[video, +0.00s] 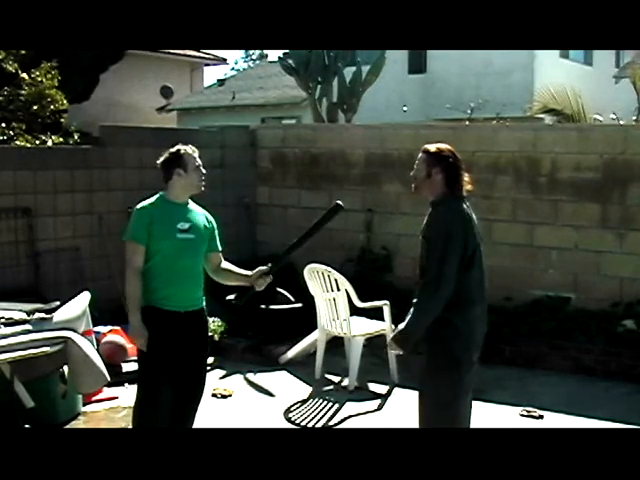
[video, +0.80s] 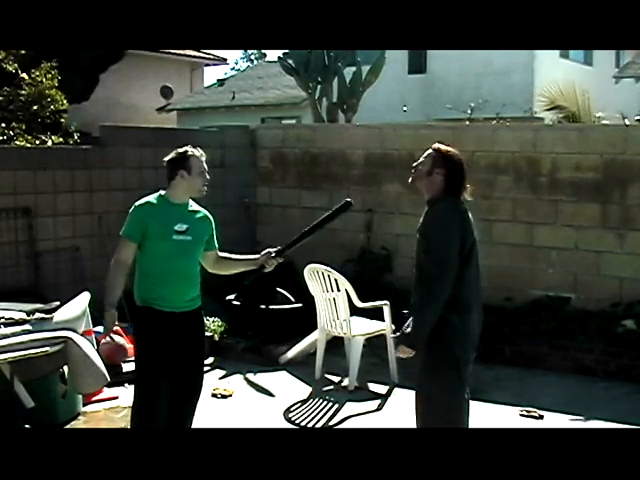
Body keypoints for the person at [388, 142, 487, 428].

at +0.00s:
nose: (413, 177)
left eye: (418, 171)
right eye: (414, 170)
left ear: (437, 175)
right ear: (438, 175)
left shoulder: (447, 217)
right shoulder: (452, 212)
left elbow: (437, 287)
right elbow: (437, 285)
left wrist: (405, 335)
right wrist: (408, 330)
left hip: (451, 336)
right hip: (455, 334)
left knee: (439, 415)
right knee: (446, 413)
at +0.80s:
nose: (413, 175)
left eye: (420, 170)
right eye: (416, 168)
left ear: (437, 177)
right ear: (438, 178)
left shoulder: (443, 216)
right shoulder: (449, 212)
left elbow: (436, 283)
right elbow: (437, 280)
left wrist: (413, 338)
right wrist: (415, 323)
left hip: (447, 332)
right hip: (451, 329)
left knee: (437, 409)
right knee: (443, 407)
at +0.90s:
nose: (414, 167)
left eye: (422, 164)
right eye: (418, 162)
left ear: (438, 176)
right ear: (437, 177)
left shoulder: (444, 212)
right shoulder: (444, 209)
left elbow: (435, 277)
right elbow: (440, 273)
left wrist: (404, 319)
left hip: (447, 326)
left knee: (436, 404)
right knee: (444, 402)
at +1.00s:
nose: (413, 169)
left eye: (421, 166)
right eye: (418, 164)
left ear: (439, 177)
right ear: (438, 177)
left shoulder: (451, 209)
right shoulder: (437, 207)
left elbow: (432, 248)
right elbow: (414, 240)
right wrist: (406, 261)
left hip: (449, 328)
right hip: (436, 323)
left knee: (437, 404)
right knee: (436, 401)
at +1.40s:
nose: (414, 171)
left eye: (420, 166)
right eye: (417, 165)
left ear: (438, 177)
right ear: (438, 177)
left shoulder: (449, 212)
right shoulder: (441, 210)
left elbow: (442, 262)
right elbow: (420, 251)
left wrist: (402, 276)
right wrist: (396, 270)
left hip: (445, 321)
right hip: (435, 317)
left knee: (439, 394)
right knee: (432, 391)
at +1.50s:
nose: (413, 173)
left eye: (420, 167)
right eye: (416, 166)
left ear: (438, 175)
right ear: (437, 176)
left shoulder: (447, 216)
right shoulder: (442, 213)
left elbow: (435, 279)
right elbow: (427, 276)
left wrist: (408, 319)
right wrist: (406, 315)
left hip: (444, 324)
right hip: (442, 321)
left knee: (436, 399)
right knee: (439, 396)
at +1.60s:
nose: (412, 169)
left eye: (418, 165)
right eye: (415, 163)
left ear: (436, 177)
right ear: (435, 177)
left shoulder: (446, 219)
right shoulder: (442, 214)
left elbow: (445, 288)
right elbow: (440, 285)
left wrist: (433, 344)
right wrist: (426, 338)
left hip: (441, 339)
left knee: (438, 414)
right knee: (437, 413)